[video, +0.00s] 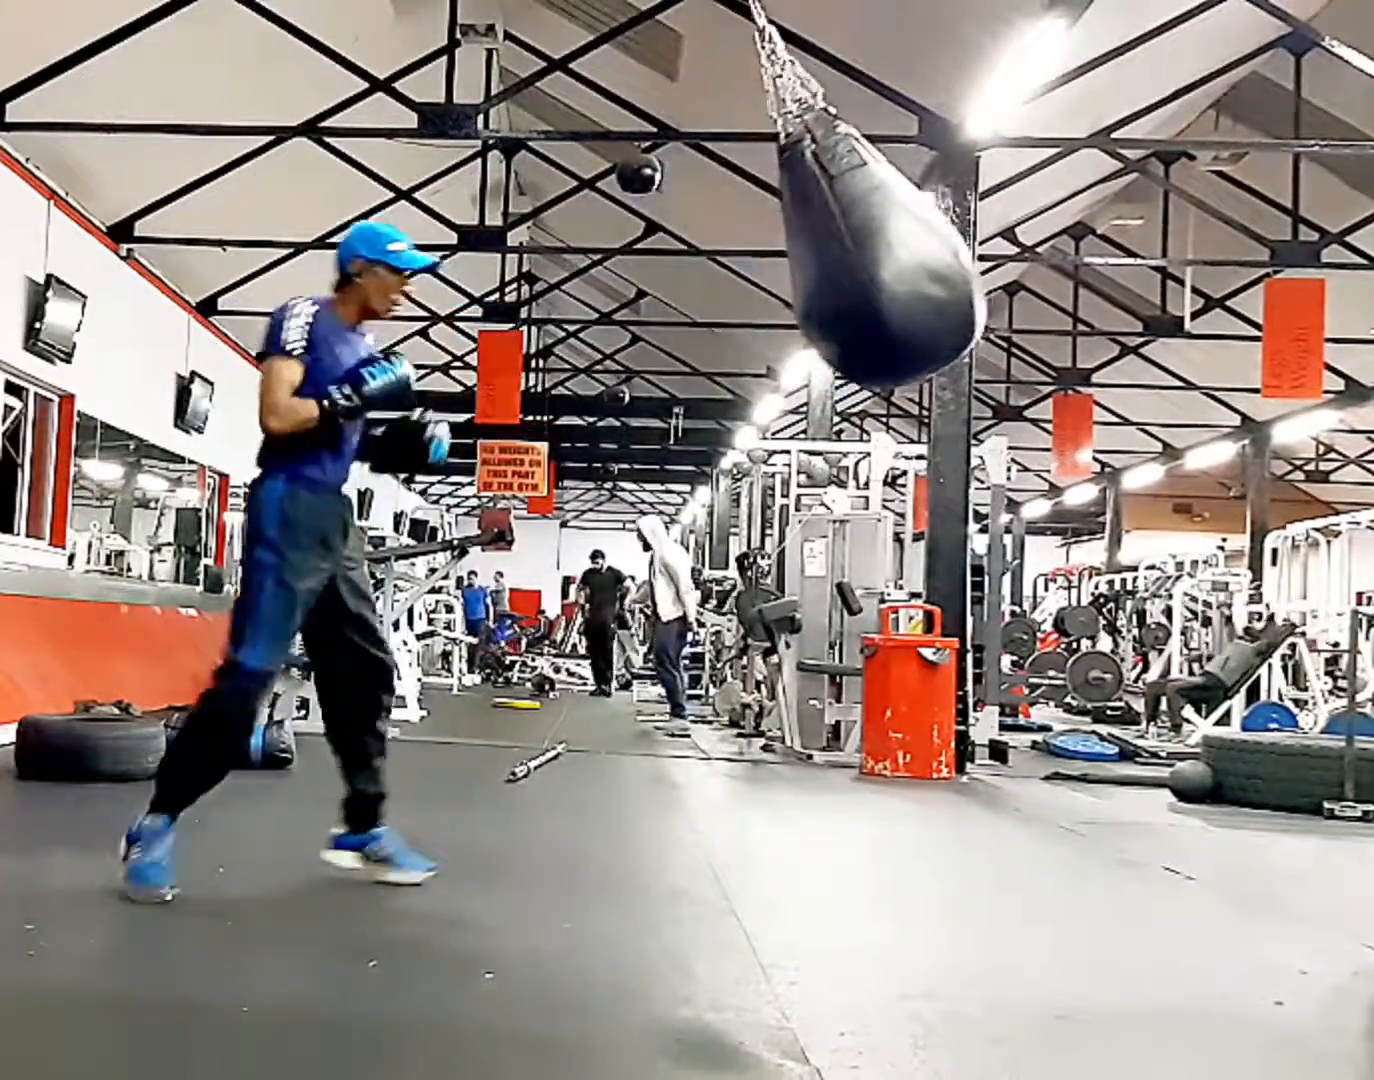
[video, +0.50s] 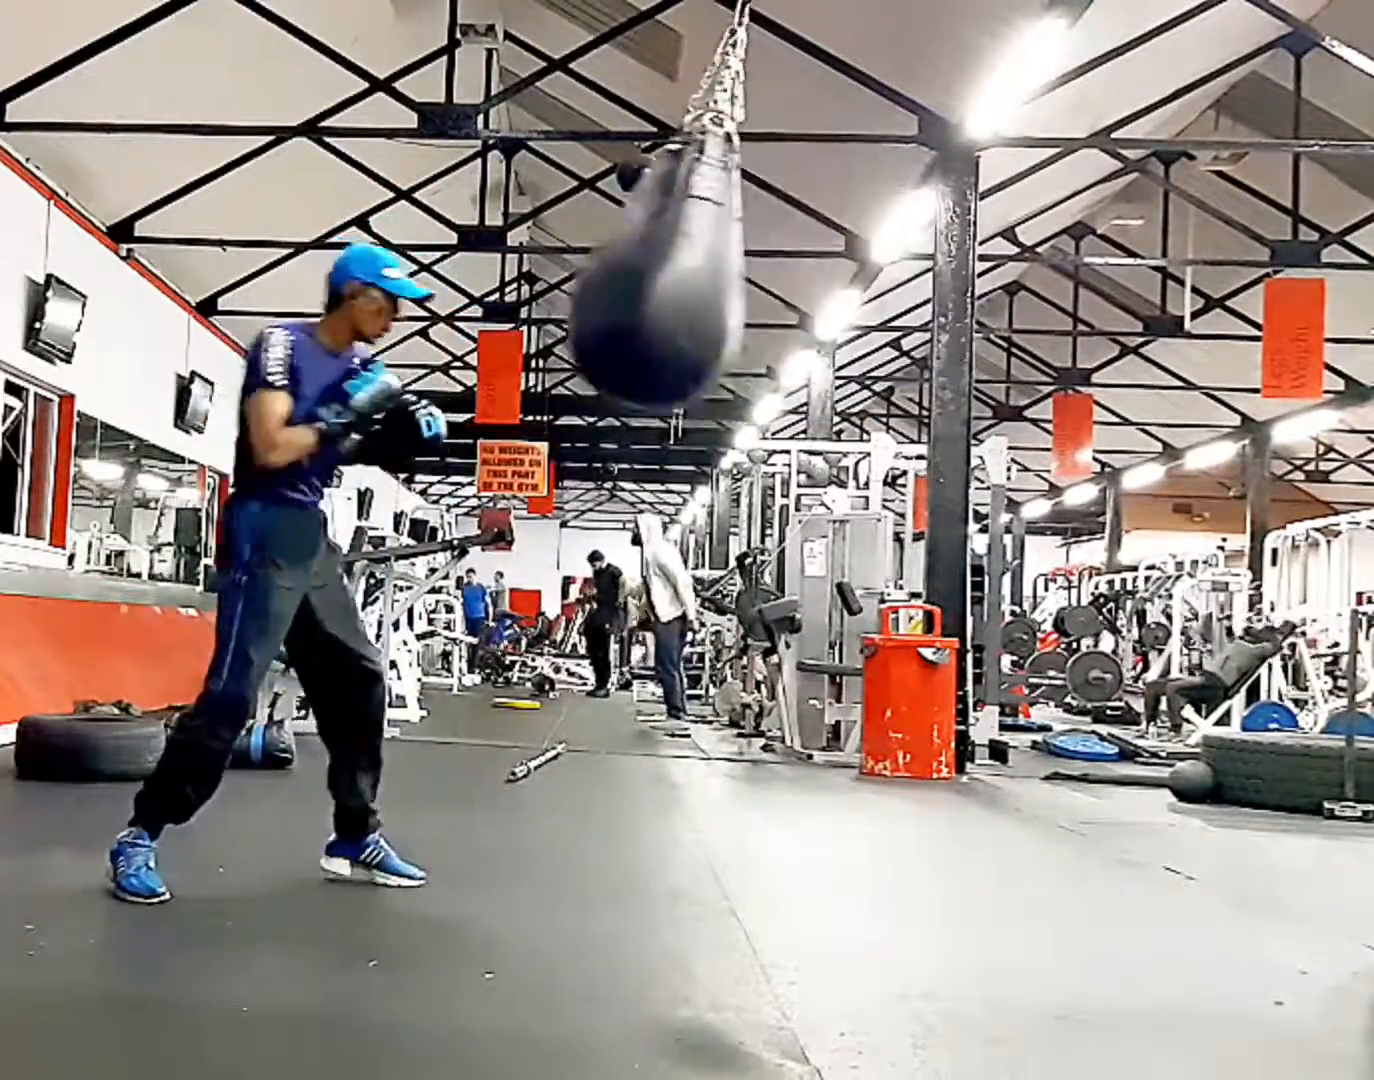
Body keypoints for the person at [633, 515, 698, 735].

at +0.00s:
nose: (638, 538)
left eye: (640, 534)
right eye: (638, 534)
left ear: (651, 534)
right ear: (652, 533)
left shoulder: (670, 553)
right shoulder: (655, 556)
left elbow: (685, 585)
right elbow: (652, 586)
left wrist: (691, 616)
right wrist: (633, 600)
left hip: (673, 616)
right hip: (662, 616)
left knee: (666, 662)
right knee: (667, 662)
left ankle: (678, 710)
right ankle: (676, 708)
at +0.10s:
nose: (639, 537)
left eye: (642, 532)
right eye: (640, 532)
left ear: (653, 533)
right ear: (653, 533)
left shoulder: (670, 553)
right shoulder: (655, 556)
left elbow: (685, 586)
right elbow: (653, 585)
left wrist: (690, 616)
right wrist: (635, 599)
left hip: (672, 616)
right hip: (661, 616)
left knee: (662, 661)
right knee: (669, 662)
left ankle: (678, 712)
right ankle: (677, 710)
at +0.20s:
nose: (639, 535)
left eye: (642, 531)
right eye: (640, 531)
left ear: (652, 532)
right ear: (654, 532)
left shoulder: (668, 554)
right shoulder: (653, 555)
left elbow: (683, 585)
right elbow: (652, 586)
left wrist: (690, 616)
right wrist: (638, 604)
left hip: (671, 617)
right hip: (661, 616)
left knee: (665, 665)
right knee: (668, 664)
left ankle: (676, 711)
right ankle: (676, 708)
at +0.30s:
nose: (638, 534)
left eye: (641, 530)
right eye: (639, 530)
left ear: (651, 531)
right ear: (653, 531)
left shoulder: (667, 553)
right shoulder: (651, 555)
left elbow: (683, 585)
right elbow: (649, 588)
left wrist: (691, 615)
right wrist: (636, 606)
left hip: (671, 616)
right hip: (660, 616)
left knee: (667, 665)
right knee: (667, 665)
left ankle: (676, 710)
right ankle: (675, 708)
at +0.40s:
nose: (636, 533)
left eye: (639, 529)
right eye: (637, 528)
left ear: (650, 531)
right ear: (651, 530)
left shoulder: (665, 552)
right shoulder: (650, 553)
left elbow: (682, 582)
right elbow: (649, 584)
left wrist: (691, 614)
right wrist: (638, 606)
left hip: (672, 616)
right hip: (661, 616)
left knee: (667, 665)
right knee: (667, 664)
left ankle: (676, 710)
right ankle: (675, 708)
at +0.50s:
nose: (632, 534)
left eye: (635, 529)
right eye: (633, 529)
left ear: (646, 531)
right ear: (648, 531)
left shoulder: (662, 552)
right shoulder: (650, 553)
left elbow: (682, 580)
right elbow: (652, 584)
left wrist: (691, 613)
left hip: (671, 616)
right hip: (662, 616)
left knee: (667, 665)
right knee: (669, 665)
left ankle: (676, 711)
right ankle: (676, 708)